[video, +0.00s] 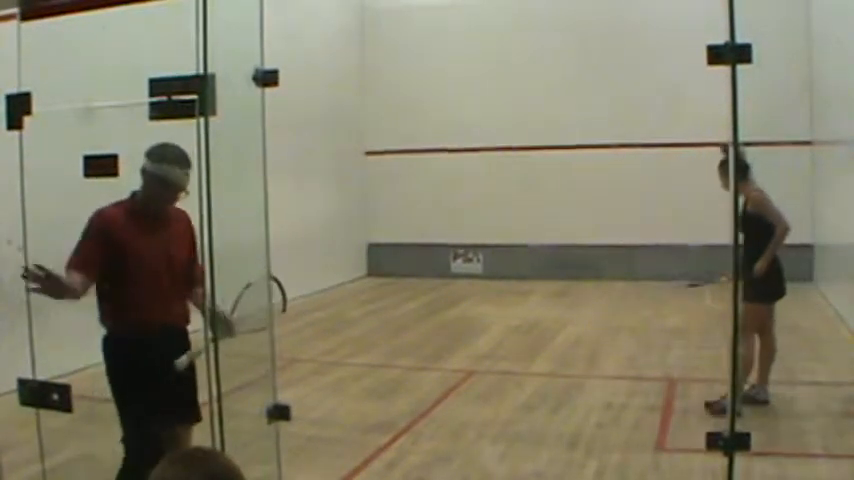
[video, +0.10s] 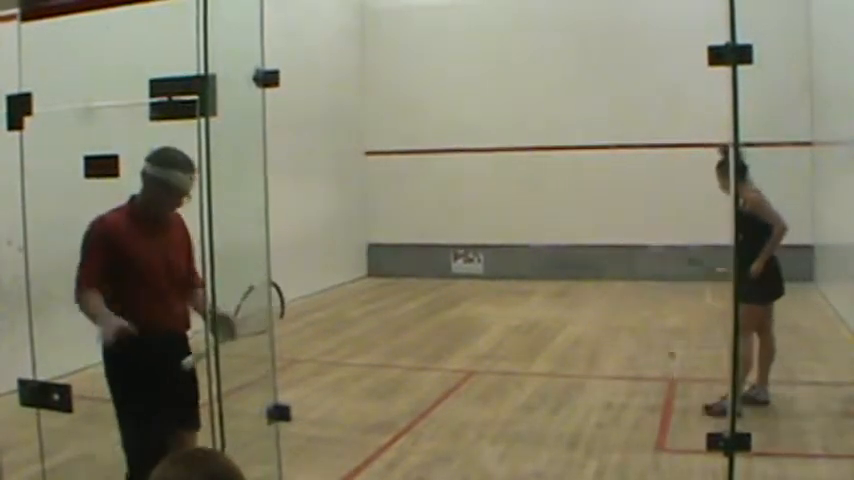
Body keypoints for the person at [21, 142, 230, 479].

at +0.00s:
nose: (173, 196)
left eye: (179, 189)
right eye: (167, 186)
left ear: (183, 188)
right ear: (146, 177)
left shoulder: (180, 222)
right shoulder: (109, 222)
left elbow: (193, 283)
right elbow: (79, 280)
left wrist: (213, 314)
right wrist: (61, 287)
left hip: (173, 340)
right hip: (128, 346)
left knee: (179, 443)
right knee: (144, 450)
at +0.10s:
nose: (180, 202)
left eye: (184, 195)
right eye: (174, 193)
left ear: (184, 193)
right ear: (150, 184)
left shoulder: (176, 226)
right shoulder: (107, 228)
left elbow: (190, 284)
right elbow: (86, 289)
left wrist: (211, 315)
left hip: (173, 345)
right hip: (129, 348)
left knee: (184, 437)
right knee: (145, 451)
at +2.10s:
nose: (157, 180)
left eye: (154, 176)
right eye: (155, 175)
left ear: (124, 180)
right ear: (152, 177)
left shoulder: (109, 217)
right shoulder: (172, 209)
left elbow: (114, 263)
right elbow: (190, 257)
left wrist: (149, 259)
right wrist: (157, 260)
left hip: (131, 318)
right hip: (171, 316)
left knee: (136, 390)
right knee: (187, 386)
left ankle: (139, 463)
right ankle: (194, 455)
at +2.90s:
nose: (196, 183)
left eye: (195, 177)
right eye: (193, 177)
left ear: (164, 176)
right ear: (181, 177)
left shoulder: (135, 208)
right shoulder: (191, 210)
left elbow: (123, 253)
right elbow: (200, 255)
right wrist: (201, 293)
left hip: (140, 302)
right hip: (178, 301)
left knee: (137, 372)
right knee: (187, 377)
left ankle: (128, 443)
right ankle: (191, 446)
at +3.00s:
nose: (189, 181)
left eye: (188, 175)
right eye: (186, 175)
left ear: (156, 175)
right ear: (173, 175)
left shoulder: (133, 209)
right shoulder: (184, 209)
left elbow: (122, 255)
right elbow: (193, 255)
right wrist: (202, 282)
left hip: (138, 302)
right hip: (176, 303)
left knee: (137, 372)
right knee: (186, 378)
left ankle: (128, 444)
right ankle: (190, 446)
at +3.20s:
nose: (173, 181)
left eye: (173, 175)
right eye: (170, 175)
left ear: (142, 175)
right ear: (158, 175)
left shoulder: (124, 209)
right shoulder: (164, 206)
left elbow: (121, 258)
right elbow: (173, 254)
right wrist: (194, 273)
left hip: (129, 299)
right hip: (164, 300)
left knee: (132, 374)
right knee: (180, 375)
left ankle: (128, 446)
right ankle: (188, 444)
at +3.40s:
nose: (168, 178)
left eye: (166, 173)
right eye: (165, 173)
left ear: (137, 176)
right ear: (159, 174)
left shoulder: (120, 209)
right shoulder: (161, 205)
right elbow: (169, 251)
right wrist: (190, 277)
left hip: (129, 302)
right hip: (163, 302)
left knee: (131, 373)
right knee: (181, 377)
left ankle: (127, 446)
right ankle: (189, 446)